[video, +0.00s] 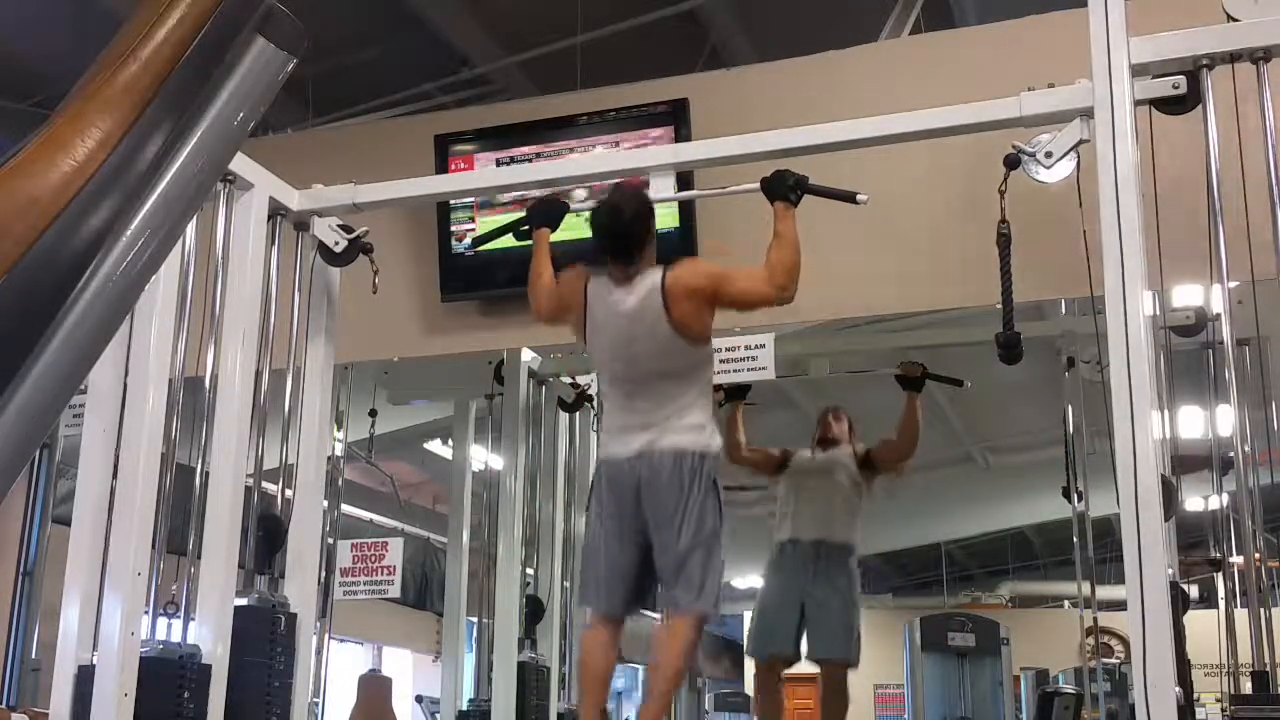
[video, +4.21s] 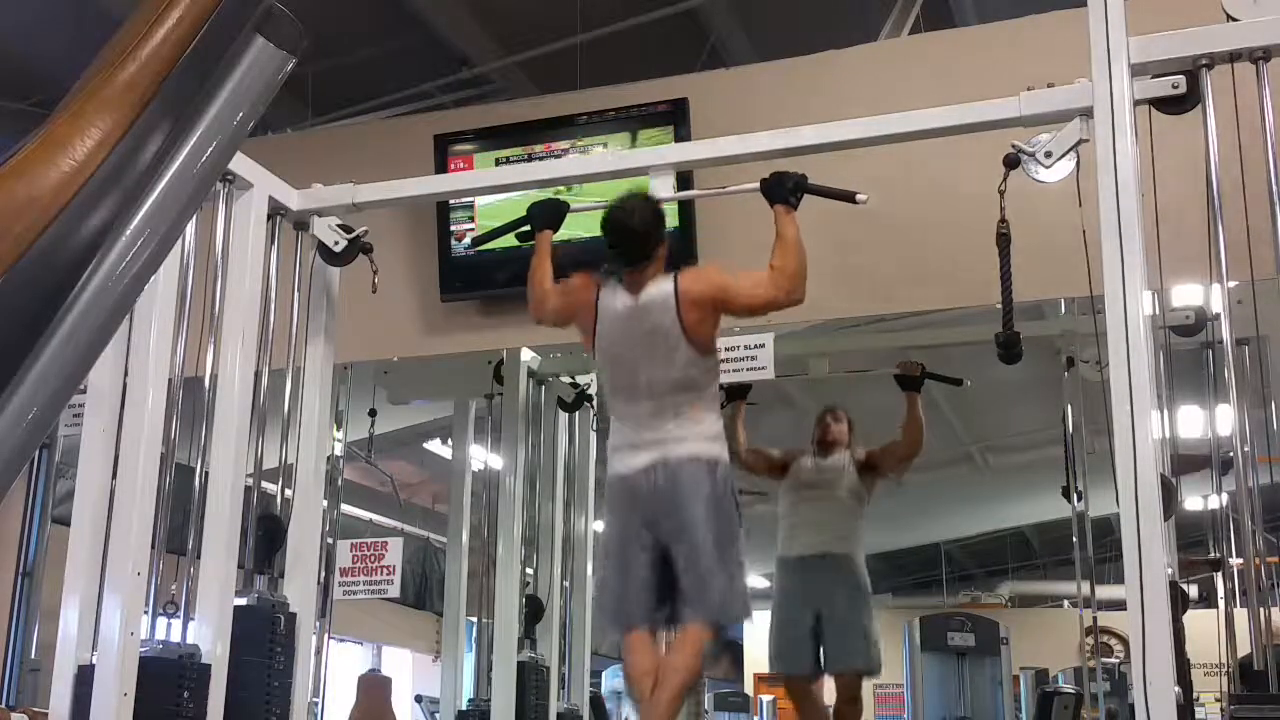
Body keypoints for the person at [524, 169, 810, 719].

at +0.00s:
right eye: (647, 222)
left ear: (599, 237)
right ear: (654, 230)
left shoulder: (584, 289)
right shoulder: (691, 281)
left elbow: (542, 301)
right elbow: (779, 285)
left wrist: (540, 234)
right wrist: (784, 206)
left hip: (614, 465)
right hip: (683, 462)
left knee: (603, 610)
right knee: (685, 604)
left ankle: (590, 716)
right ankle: (651, 715)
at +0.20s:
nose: (655, 160)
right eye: (653, 154)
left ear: (601, 176)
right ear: (655, 164)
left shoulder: (581, 230)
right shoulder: (694, 218)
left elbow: (540, 298)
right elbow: (771, 275)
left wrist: (541, 228)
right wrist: (784, 205)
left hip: (625, 398)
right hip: (690, 394)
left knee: (624, 544)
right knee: (693, 537)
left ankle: (631, 684)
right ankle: (626, 665)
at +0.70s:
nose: (661, 228)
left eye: (650, 224)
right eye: (659, 222)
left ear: (605, 238)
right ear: (660, 231)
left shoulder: (588, 292)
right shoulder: (696, 284)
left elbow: (545, 302)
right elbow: (782, 285)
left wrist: (541, 235)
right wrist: (786, 209)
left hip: (630, 469)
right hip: (696, 463)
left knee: (646, 611)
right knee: (704, 606)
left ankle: (659, 719)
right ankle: (661, 716)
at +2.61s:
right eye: (656, 182)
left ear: (607, 202)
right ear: (660, 193)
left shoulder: (584, 257)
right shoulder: (697, 244)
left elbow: (540, 305)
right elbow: (781, 282)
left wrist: (540, 234)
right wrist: (784, 208)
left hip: (626, 427)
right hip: (692, 422)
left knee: (628, 571)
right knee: (696, 565)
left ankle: (642, 698)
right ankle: (628, 695)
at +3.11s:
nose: (659, 257)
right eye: (659, 249)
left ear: (610, 268)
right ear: (663, 261)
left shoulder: (593, 321)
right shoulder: (698, 305)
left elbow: (545, 302)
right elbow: (784, 289)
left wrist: (542, 236)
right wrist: (785, 208)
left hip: (627, 499)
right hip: (694, 492)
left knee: (632, 644)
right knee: (709, 640)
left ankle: (639, 718)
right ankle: (659, 715)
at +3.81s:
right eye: (661, 167)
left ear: (609, 192)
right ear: (663, 182)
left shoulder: (585, 245)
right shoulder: (698, 233)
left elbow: (538, 302)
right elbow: (780, 279)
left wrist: (540, 232)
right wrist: (785, 207)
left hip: (627, 414)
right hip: (692, 409)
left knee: (627, 554)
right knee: (697, 549)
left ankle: (648, 686)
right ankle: (633, 683)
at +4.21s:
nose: (665, 238)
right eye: (663, 232)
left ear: (611, 248)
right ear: (664, 241)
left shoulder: (589, 297)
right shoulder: (699, 287)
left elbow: (542, 303)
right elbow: (785, 288)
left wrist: (543, 236)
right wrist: (785, 210)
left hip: (627, 476)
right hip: (694, 471)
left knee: (635, 619)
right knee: (701, 613)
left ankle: (653, 719)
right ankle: (653, 716)